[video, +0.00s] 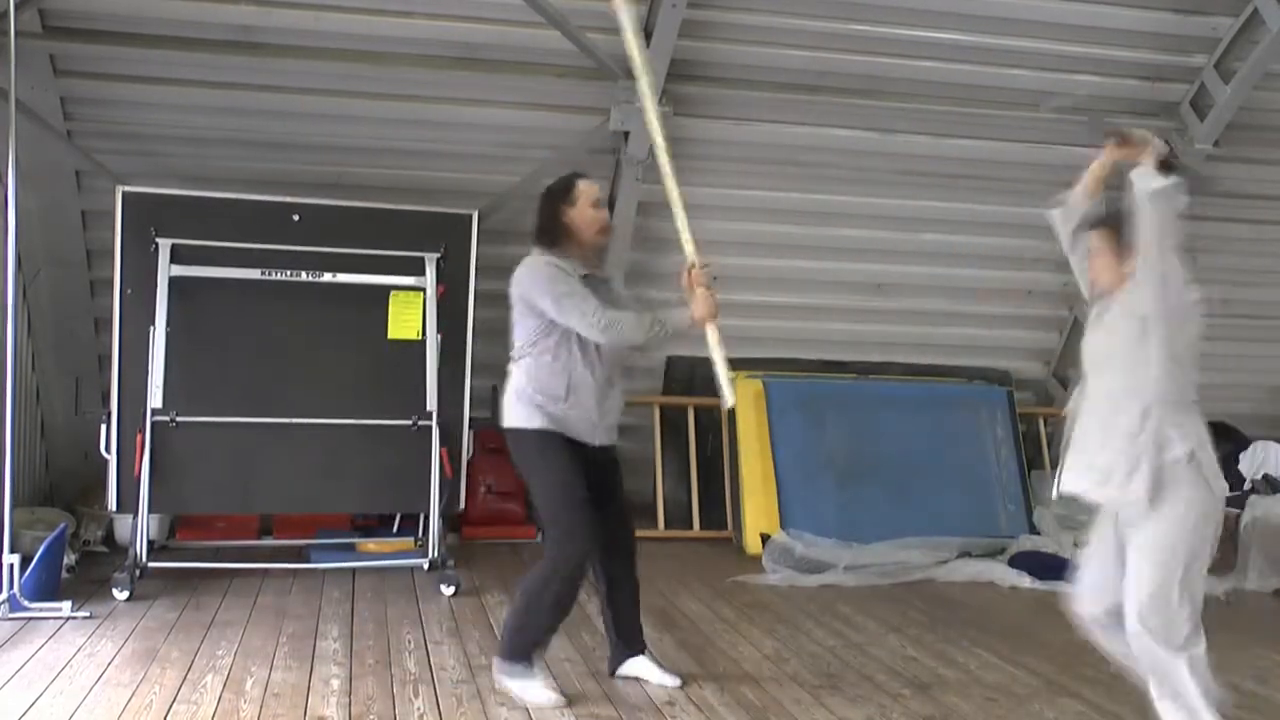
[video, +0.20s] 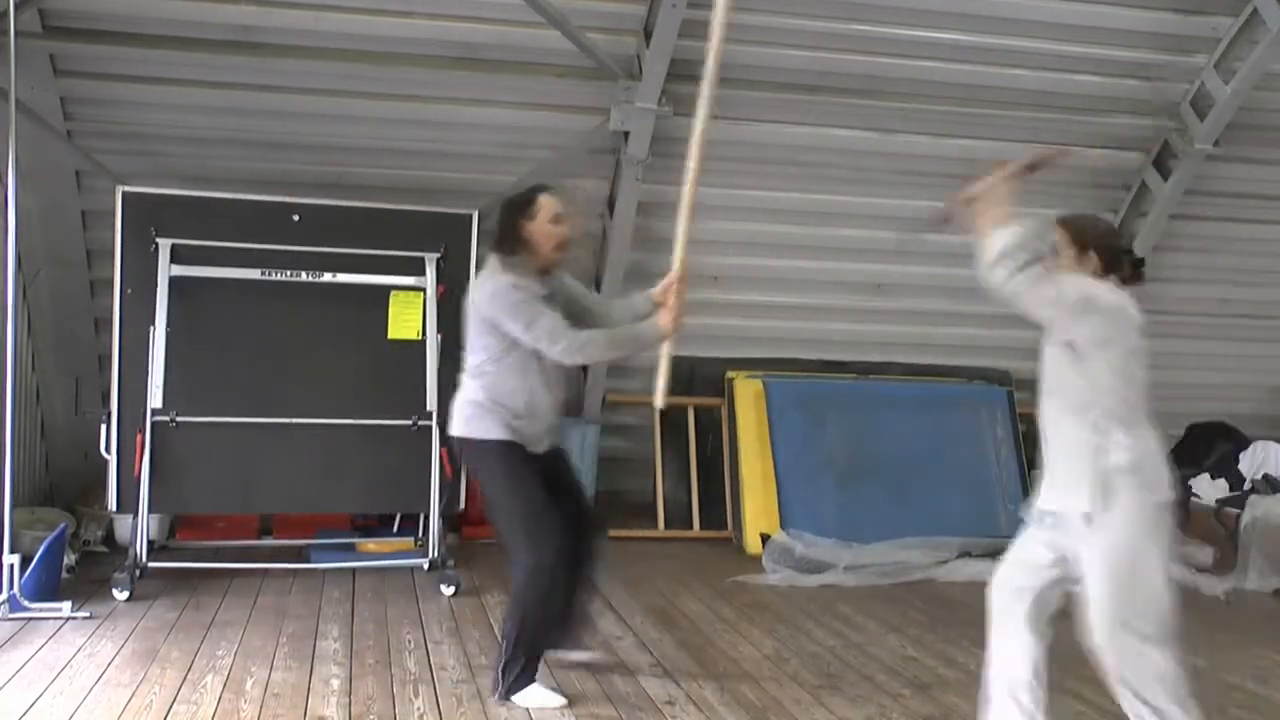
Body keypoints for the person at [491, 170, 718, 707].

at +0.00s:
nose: (606, 215)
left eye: (606, 206)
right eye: (595, 205)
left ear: (595, 218)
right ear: (563, 215)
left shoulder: (599, 283)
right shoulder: (536, 272)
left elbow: (630, 338)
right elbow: (605, 328)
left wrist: (686, 302)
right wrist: (684, 317)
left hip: (590, 429)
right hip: (538, 422)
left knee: (616, 541)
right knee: (572, 541)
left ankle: (628, 657)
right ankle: (514, 661)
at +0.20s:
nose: (565, 230)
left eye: (566, 221)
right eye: (554, 220)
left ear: (555, 230)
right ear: (521, 228)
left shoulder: (547, 281)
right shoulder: (496, 288)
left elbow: (602, 313)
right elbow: (568, 347)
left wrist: (653, 298)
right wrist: (655, 330)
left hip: (532, 435)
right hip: (488, 434)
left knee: (577, 529)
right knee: (542, 546)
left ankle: (559, 636)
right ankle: (515, 682)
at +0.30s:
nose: (522, 233)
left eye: (523, 223)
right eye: (511, 223)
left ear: (519, 232)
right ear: (480, 229)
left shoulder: (511, 281)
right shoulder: (462, 287)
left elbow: (568, 281)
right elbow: (531, 329)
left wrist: (628, 276)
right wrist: (614, 304)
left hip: (500, 430)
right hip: (464, 429)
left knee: (512, 537)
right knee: (507, 543)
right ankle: (514, 681)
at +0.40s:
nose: (493, 242)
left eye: (496, 232)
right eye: (484, 232)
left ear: (481, 233)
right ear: (453, 231)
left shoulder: (462, 274)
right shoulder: (446, 283)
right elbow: (531, 278)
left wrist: (571, 196)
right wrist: (582, 214)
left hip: (474, 430)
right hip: (449, 432)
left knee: (464, 546)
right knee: (488, 545)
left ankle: (396, 624)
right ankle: (506, 678)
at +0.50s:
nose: (481, 239)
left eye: (480, 229)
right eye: (475, 228)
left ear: (449, 230)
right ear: (452, 229)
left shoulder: (439, 274)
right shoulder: (436, 274)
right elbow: (491, 219)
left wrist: (470, 149)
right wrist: (497, 153)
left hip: (435, 430)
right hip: (421, 431)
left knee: (440, 539)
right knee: (476, 532)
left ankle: (393, 632)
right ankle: (444, 643)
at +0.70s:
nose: (466, 229)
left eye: (470, 221)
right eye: (459, 218)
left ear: (456, 226)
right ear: (433, 211)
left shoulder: (434, 268)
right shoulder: (398, 246)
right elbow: (428, 168)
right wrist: (390, 137)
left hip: (407, 410)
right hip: (384, 409)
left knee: (414, 529)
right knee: (414, 532)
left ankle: (378, 626)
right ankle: (388, 657)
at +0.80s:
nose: (444, 237)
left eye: (448, 230)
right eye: (439, 227)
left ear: (431, 231)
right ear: (415, 216)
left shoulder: (410, 271)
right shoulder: (375, 242)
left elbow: (437, 316)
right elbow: (436, 188)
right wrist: (429, 136)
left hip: (381, 408)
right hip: (356, 406)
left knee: (395, 523)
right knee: (389, 527)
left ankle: (355, 619)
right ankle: (387, 660)